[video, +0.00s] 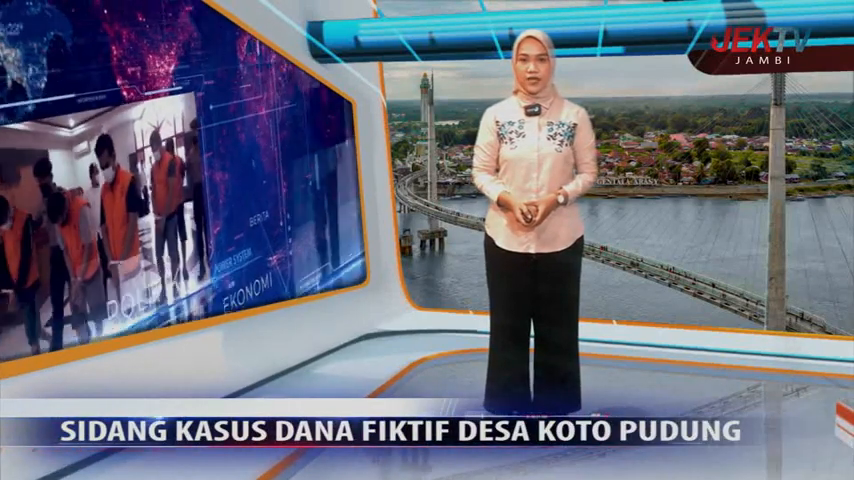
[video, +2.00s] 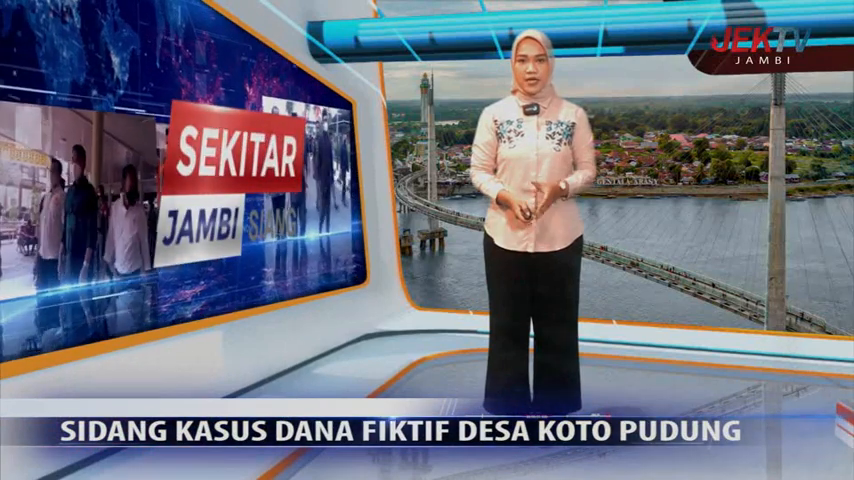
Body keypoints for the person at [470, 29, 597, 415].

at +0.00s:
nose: (532, 67)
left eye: (541, 59)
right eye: (524, 59)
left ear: (552, 65)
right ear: (513, 65)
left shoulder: (575, 116)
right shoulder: (495, 116)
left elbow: (588, 173)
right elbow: (481, 172)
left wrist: (554, 199)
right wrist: (509, 201)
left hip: (559, 243)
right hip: (507, 244)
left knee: (558, 338)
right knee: (508, 336)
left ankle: (557, 422)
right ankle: (507, 422)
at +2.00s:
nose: (531, 67)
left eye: (539, 60)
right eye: (523, 60)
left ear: (551, 65)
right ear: (512, 65)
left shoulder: (573, 115)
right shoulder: (493, 115)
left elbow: (587, 171)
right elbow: (479, 171)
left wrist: (560, 189)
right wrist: (507, 197)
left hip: (558, 242)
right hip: (506, 243)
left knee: (558, 337)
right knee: (507, 336)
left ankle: (558, 422)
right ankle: (506, 422)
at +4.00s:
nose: (532, 67)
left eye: (540, 60)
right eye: (523, 60)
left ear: (552, 65)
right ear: (513, 65)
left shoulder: (574, 116)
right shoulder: (494, 116)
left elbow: (589, 173)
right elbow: (479, 172)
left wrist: (556, 198)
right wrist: (509, 200)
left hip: (559, 243)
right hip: (506, 244)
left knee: (558, 337)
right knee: (508, 336)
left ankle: (558, 422)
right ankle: (506, 422)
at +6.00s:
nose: (529, 67)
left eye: (538, 59)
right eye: (521, 59)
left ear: (550, 65)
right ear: (510, 65)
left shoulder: (571, 115)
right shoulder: (492, 116)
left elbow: (587, 173)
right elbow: (478, 173)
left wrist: (555, 198)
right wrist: (506, 199)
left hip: (558, 242)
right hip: (505, 243)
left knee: (554, 329)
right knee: (509, 328)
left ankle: (544, 414)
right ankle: (519, 414)